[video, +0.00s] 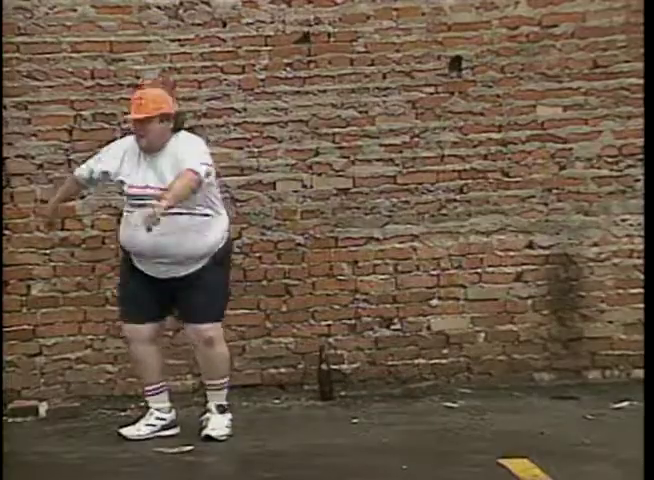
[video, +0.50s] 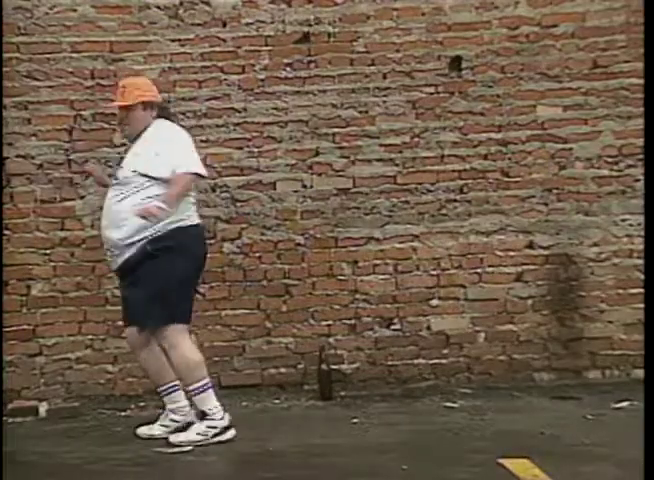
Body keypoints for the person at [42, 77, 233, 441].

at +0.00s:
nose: (139, 129)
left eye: (147, 122)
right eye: (135, 122)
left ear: (168, 121)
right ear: (131, 122)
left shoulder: (190, 147)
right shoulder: (124, 150)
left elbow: (192, 178)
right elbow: (83, 176)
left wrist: (165, 202)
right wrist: (54, 202)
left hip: (200, 260)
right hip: (142, 261)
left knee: (206, 333)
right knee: (138, 333)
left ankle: (218, 411)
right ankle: (160, 412)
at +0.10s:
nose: (134, 128)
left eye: (141, 121)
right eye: (131, 121)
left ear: (163, 119)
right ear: (128, 120)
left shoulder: (185, 142)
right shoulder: (125, 151)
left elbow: (191, 176)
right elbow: (95, 178)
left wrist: (182, 212)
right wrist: (76, 203)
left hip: (189, 259)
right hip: (136, 261)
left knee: (196, 337)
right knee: (136, 335)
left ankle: (216, 411)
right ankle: (160, 413)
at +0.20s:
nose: (131, 115)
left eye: (137, 107)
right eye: (127, 108)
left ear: (158, 99)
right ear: (124, 104)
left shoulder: (179, 125)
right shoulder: (131, 131)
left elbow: (211, 166)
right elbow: (137, 180)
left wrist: (209, 210)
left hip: (180, 242)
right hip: (135, 247)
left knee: (191, 325)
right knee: (146, 328)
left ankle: (215, 407)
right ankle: (160, 411)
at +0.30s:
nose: (124, 99)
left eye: (132, 93)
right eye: (121, 93)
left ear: (153, 88)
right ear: (121, 93)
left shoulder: (179, 117)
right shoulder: (130, 124)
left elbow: (219, 161)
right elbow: (141, 173)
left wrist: (223, 204)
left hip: (176, 223)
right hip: (135, 231)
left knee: (185, 317)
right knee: (151, 322)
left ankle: (219, 400)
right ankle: (169, 406)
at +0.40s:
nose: (123, 105)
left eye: (130, 99)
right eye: (120, 99)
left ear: (151, 97)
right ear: (120, 100)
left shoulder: (174, 123)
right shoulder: (129, 135)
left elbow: (213, 165)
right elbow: (141, 183)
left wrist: (211, 210)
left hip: (173, 231)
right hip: (136, 237)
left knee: (178, 325)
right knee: (147, 329)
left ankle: (211, 411)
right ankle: (180, 409)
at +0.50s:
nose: (120, 118)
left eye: (125, 110)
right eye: (119, 111)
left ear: (146, 108)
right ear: (134, 111)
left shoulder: (166, 133)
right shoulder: (140, 145)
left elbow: (187, 175)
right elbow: (139, 193)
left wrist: (165, 205)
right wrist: (108, 181)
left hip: (170, 243)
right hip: (141, 251)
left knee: (171, 331)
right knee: (139, 336)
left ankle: (214, 417)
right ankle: (179, 413)